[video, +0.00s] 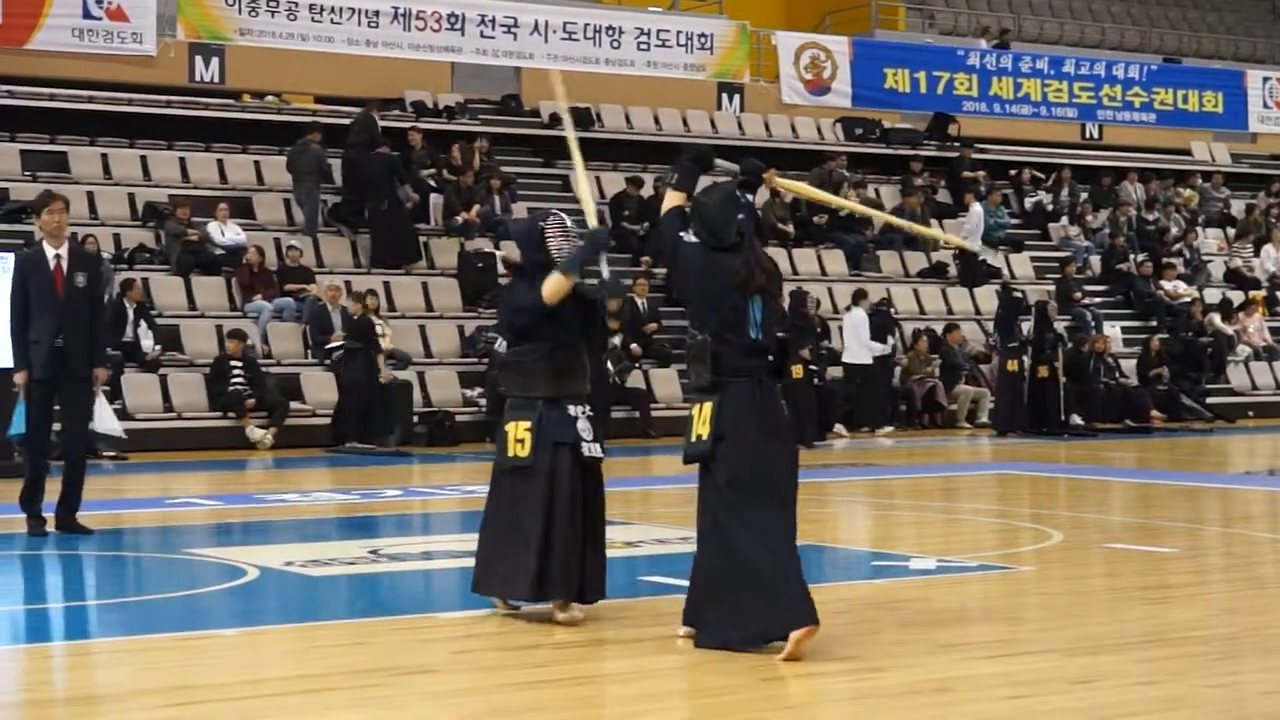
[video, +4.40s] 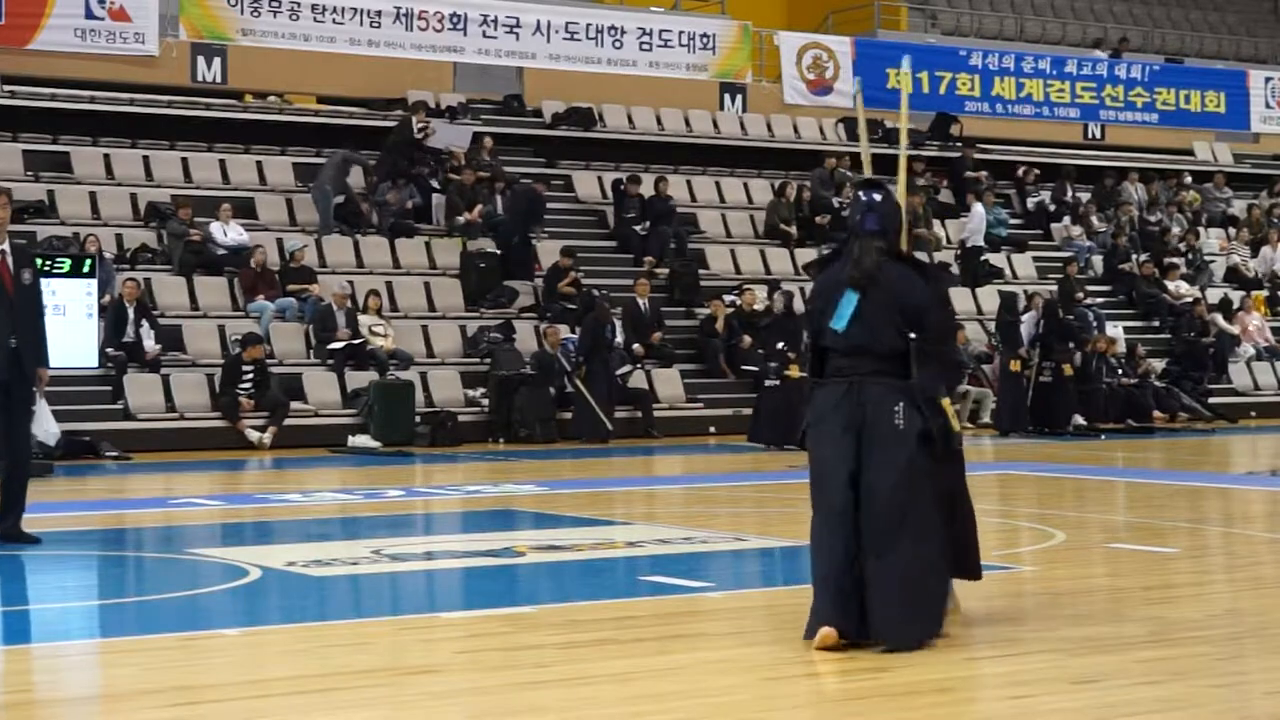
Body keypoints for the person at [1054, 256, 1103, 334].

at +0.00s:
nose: (1073, 269)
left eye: (1074, 266)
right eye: (1070, 267)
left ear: (1076, 267)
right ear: (1064, 268)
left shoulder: (1075, 281)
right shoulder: (1062, 282)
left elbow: (1084, 292)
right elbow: (1076, 297)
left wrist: (1079, 294)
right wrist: (1083, 292)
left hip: (1079, 304)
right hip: (1068, 306)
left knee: (1098, 314)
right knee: (1085, 315)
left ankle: (1100, 338)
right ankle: (1088, 340)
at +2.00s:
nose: (1074, 269)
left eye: (1074, 267)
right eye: (1072, 267)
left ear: (1076, 268)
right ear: (1065, 268)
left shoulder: (1074, 280)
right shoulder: (1062, 282)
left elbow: (1085, 292)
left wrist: (1081, 295)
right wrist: (1084, 292)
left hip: (1079, 304)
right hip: (1068, 306)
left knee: (1098, 315)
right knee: (1086, 315)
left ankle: (1101, 338)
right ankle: (1089, 339)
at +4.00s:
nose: (1074, 269)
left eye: (1075, 266)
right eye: (1071, 266)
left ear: (1077, 267)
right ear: (1066, 268)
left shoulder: (1077, 280)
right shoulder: (1063, 281)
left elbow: (1086, 292)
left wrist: (1082, 294)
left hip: (1082, 304)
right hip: (1070, 306)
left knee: (1099, 314)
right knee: (1087, 315)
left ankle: (1102, 337)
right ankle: (1090, 339)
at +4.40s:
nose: (1073, 269)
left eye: (1075, 266)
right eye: (1070, 266)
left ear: (1077, 268)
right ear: (1066, 268)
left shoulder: (1078, 280)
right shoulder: (1063, 281)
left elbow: (1086, 292)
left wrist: (1083, 294)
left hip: (1082, 304)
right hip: (1071, 306)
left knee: (1100, 314)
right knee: (1087, 315)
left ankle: (1102, 337)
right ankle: (1090, 339)